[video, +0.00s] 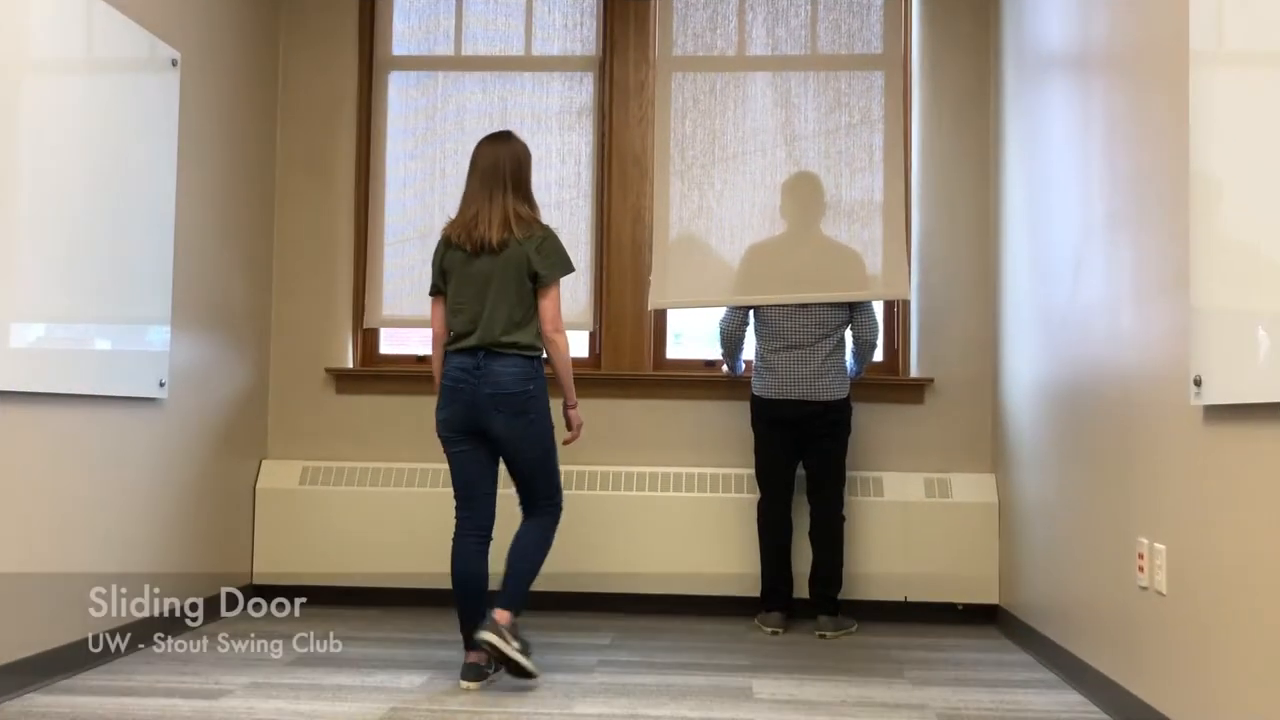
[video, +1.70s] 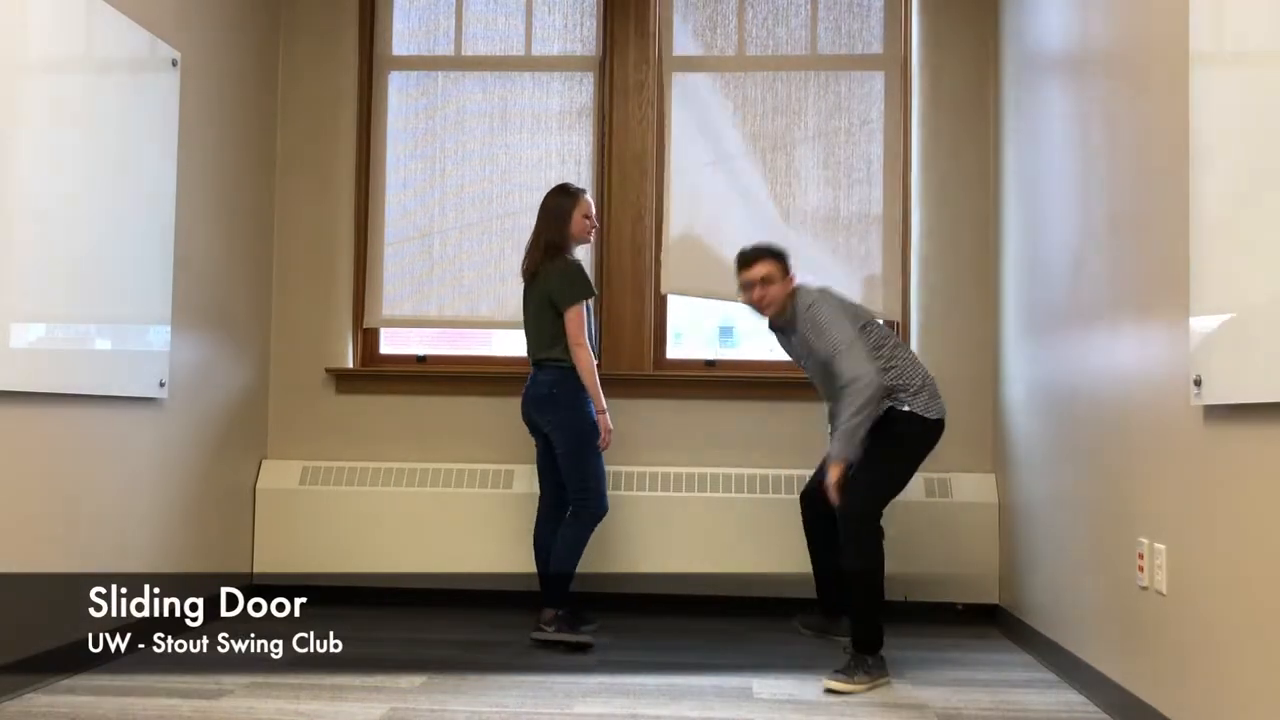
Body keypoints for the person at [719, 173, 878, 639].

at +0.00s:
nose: (800, 210)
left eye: (794, 201)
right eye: (808, 201)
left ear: (783, 206)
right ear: (822, 206)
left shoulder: (759, 256)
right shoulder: (845, 259)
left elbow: (732, 324)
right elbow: (867, 329)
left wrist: (733, 362)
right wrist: (855, 368)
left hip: (772, 398)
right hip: (827, 398)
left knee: (773, 503)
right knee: (827, 506)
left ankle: (774, 610)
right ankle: (826, 612)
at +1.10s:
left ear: (780, 241)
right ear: (821, 236)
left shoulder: (773, 273)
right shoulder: (852, 271)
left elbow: (731, 344)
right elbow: (891, 340)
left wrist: (729, 365)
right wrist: (866, 376)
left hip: (814, 390)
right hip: (869, 392)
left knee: (785, 495)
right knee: (841, 499)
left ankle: (783, 607)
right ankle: (839, 614)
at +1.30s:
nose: (733, 322)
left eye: (732, 312)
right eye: (727, 316)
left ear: (751, 297)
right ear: (759, 295)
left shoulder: (767, 315)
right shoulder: (808, 304)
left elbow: (758, 390)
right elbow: (896, 344)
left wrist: (737, 377)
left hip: (856, 391)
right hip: (897, 391)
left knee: (793, 498)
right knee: (844, 506)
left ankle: (831, 621)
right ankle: (842, 620)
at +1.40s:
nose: (727, 346)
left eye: (726, 335)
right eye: (722, 339)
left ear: (748, 319)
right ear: (750, 318)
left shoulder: (771, 333)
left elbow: (776, 419)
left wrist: (751, 407)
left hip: (875, 401)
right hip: (904, 397)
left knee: (822, 504)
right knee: (839, 506)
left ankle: (853, 637)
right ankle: (848, 628)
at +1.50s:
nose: (724, 351)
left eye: (727, 339)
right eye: (719, 343)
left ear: (752, 325)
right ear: (750, 328)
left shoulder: (778, 340)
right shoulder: (781, 334)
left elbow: (792, 427)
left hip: (900, 409)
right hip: (886, 408)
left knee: (846, 504)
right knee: (828, 492)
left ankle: (868, 655)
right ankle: (840, 616)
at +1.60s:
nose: (735, 331)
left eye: (740, 318)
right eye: (728, 324)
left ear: (768, 309)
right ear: (729, 326)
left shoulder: (802, 337)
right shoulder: (798, 338)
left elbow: (820, 420)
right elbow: (846, 413)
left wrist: (807, 483)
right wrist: (813, 481)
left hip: (909, 413)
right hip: (879, 416)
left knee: (852, 508)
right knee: (822, 498)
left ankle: (868, 656)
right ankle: (838, 617)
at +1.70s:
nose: (758, 293)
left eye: (766, 282)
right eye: (749, 287)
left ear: (789, 280)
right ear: (743, 293)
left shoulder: (816, 311)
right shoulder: (786, 322)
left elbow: (863, 380)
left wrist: (840, 454)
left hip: (912, 412)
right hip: (875, 414)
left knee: (857, 507)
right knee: (818, 497)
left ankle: (868, 657)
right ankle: (835, 616)